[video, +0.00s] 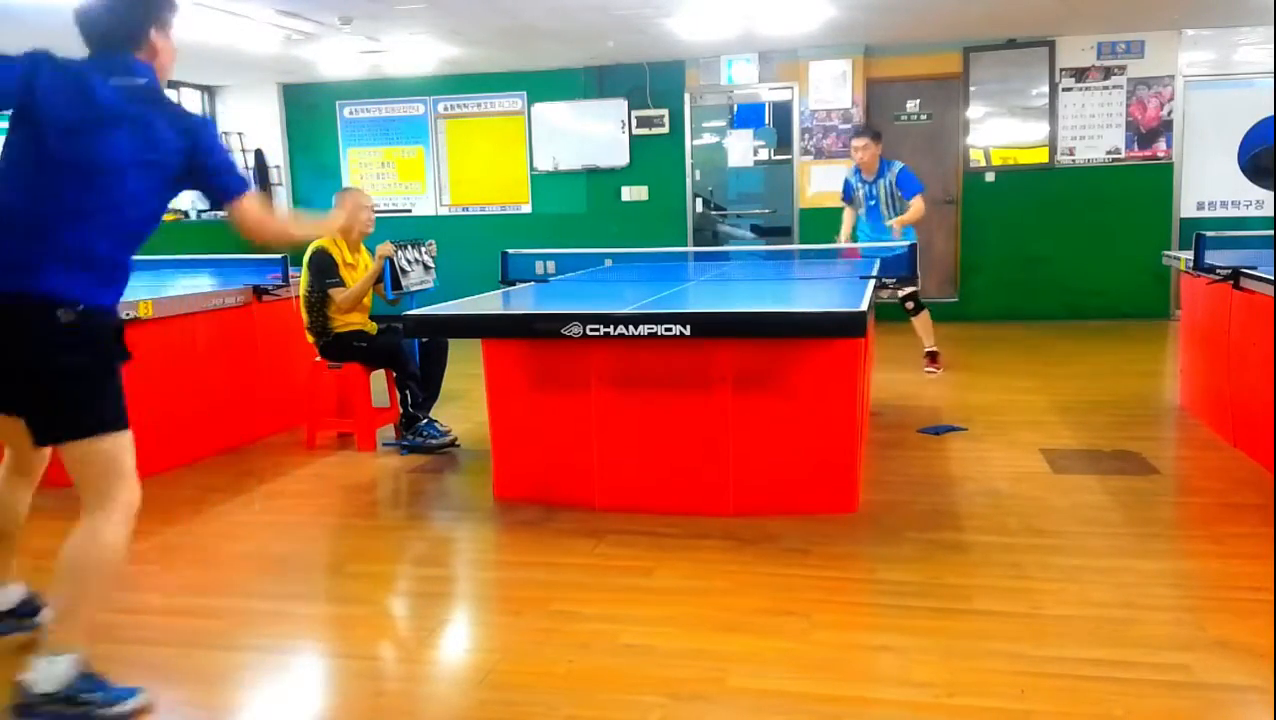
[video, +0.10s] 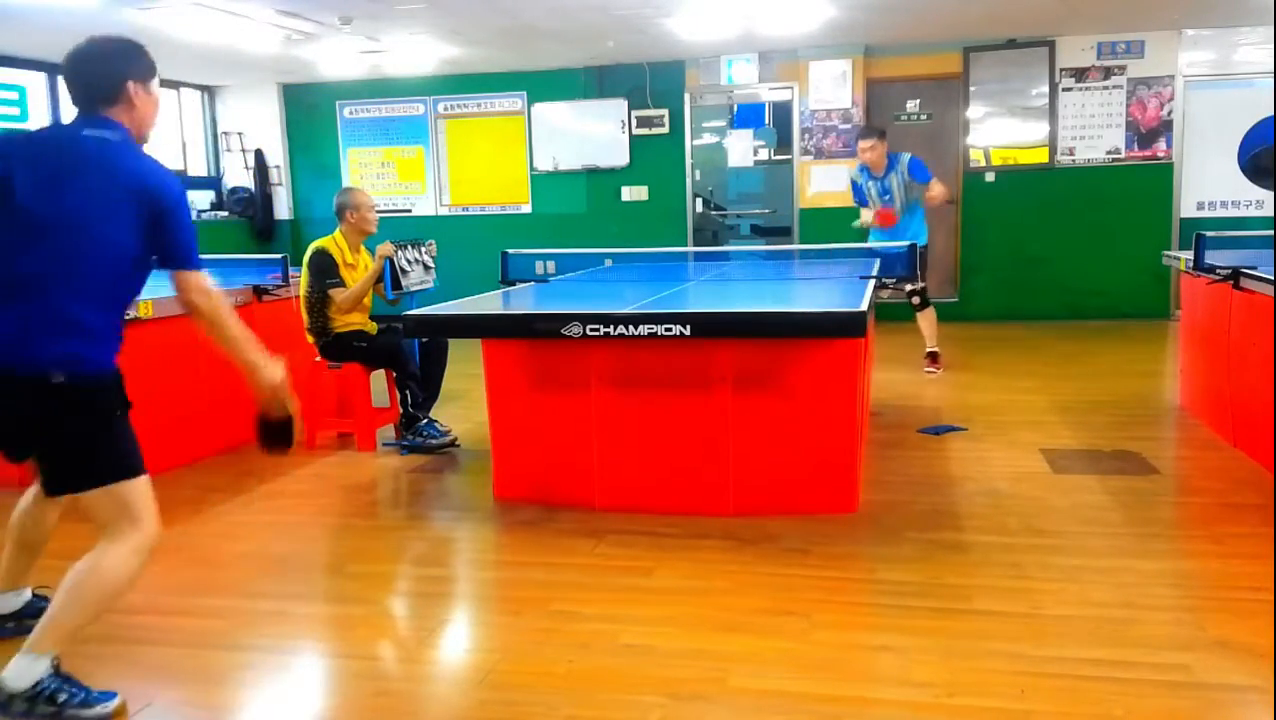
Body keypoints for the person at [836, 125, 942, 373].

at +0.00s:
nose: (858, 156)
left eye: (863, 149)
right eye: (854, 150)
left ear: (878, 148)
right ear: (850, 151)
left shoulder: (897, 172)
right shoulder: (852, 177)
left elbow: (919, 207)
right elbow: (850, 208)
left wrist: (901, 220)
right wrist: (844, 234)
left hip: (899, 248)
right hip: (867, 249)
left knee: (909, 299)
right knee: (858, 301)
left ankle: (931, 351)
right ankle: (855, 354)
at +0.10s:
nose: (866, 156)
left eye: (871, 149)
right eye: (861, 151)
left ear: (884, 146)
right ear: (857, 152)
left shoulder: (907, 163)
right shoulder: (858, 174)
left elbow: (940, 190)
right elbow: (863, 212)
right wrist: (874, 217)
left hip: (911, 240)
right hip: (878, 241)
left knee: (916, 295)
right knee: (863, 295)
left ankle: (932, 351)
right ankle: (858, 352)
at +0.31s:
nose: (879, 136)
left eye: (884, 130)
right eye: (874, 131)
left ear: (894, 128)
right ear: (867, 133)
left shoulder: (908, 145)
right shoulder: (864, 157)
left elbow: (934, 159)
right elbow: (874, 192)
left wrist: (954, 167)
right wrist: (883, 182)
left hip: (915, 230)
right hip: (881, 234)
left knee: (927, 288)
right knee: (868, 291)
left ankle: (940, 347)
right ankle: (859, 349)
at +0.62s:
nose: (864, 142)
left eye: (869, 136)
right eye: (859, 137)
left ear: (880, 137)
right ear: (853, 139)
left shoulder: (893, 160)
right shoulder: (847, 163)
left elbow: (915, 186)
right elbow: (840, 190)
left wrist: (940, 195)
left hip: (890, 238)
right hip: (858, 240)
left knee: (905, 287)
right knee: (859, 291)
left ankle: (915, 341)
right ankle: (859, 342)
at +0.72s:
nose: (856, 136)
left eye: (862, 130)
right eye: (852, 131)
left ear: (873, 131)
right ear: (847, 133)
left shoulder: (888, 156)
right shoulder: (841, 160)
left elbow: (908, 178)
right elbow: (824, 185)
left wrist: (916, 195)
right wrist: (823, 199)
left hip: (881, 235)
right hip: (849, 237)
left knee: (888, 287)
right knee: (852, 286)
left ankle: (893, 334)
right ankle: (856, 334)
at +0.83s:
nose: (846, 137)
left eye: (851, 131)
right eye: (843, 132)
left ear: (864, 133)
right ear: (838, 136)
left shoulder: (880, 159)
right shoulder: (835, 163)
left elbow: (898, 190)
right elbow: (824, 196)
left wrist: (886, 205)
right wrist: (813, 211)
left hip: (875, 236)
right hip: (843, 237)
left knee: (886, 287)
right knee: (844, 285)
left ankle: (892, 334)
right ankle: (848, 334)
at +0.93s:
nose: (840, 143)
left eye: (845, 138)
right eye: (836, 139)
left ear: (857, 138)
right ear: (832, 141)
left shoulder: (873, 164)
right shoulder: (830, 170)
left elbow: (886, 197)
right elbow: (823, 201)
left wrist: (870, 210)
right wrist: (811, 219)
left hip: (868, 236)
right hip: (838, 237)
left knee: (881, 285)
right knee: (836, 283)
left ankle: (892, 335)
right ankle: (840, 334)